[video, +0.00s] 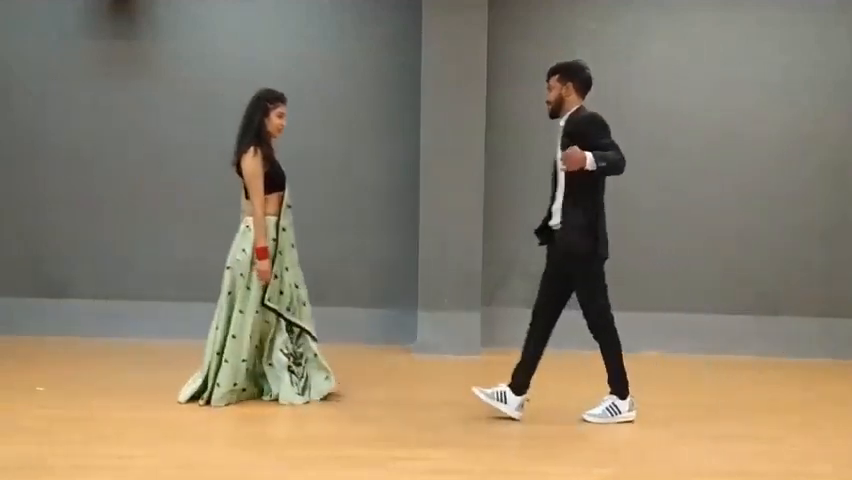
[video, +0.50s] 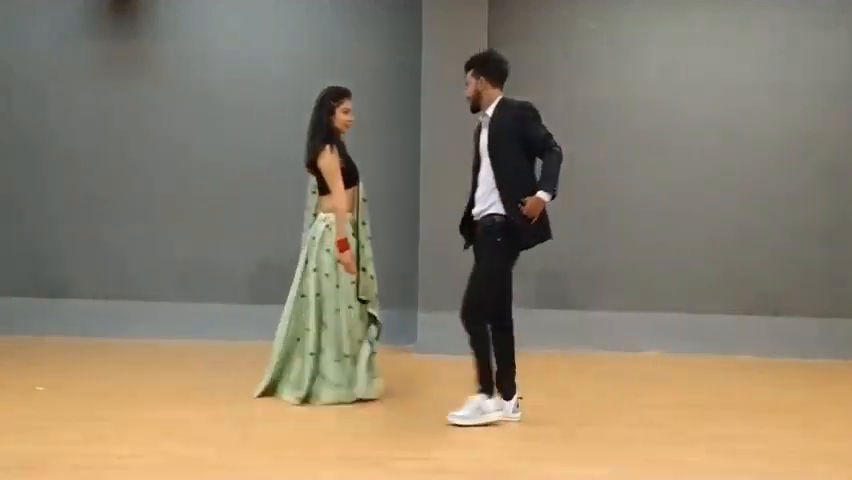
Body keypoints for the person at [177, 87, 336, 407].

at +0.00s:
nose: (283, 122)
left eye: (284, 116)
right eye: (279, 116)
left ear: (272, 118)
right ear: (262, 116)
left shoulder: (264, 153)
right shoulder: (253, 155)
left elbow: (262, 207)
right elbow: (256, 207)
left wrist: (269, 250)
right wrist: (262, 253)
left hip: (273, 238)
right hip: (261, 239)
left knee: (275, 310)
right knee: (261, 311)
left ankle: (274, 377)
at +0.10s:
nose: (296, 122)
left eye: (297, 116)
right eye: (292, 115)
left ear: (283, 117)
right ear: (275, 115)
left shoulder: (277, 153)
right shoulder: (269, 155)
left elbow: (273, 206)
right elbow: (272, 207)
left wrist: (283, 249)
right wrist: (275, 253)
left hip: (290, 239)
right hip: (281, 240)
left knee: (289, 310)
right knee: (280, 311)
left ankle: (285, 378)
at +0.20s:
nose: (313, 120)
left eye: (314, 114)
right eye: (309, 114)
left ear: (302, 117)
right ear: (293, 114)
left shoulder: (298, 152)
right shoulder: (289, 154)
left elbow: (296, 206)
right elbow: (292, 207)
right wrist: (296, 254)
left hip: (312, 240)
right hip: (301, 241)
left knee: (309, 311)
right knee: (297, 313)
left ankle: (305, 380)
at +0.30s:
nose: (326, 119)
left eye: (327, 113)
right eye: (321, 113)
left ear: (315, 118)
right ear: (305, 116)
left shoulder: (310, 153)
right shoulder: (303, 156)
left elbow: (312, 207)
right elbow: (307, 208)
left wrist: (319, 250)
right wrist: (313, 253)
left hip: (322, 241)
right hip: (311, 243)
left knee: (322, 312)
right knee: (313, 314)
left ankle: (311, 380)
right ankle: (268, 376)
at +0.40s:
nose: (338, 119)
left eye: (339, 113)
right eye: (333, 112)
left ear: (329, 115)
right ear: (318, 114)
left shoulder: (322, 151)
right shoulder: (314, 153)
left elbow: (323, 203)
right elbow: (322, 204)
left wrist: (334, 246)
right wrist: (329, 249)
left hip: (329, 236)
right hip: (323, 239)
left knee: (332, 311)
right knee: (329, 312)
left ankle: (317, 379)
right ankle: (306, 377)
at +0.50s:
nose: (350, 117)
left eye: (351, 111)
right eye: (345, 112)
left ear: (337, 114)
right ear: (329, 114)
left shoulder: (334, 149)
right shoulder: (328, 151)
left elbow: (338, 200)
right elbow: (339, 200)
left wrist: (346, 242)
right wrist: (344, 244)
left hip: (338, 234)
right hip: (334, 236)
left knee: (340, 308)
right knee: (337, 309)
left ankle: (338, 377)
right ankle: (335, 379)